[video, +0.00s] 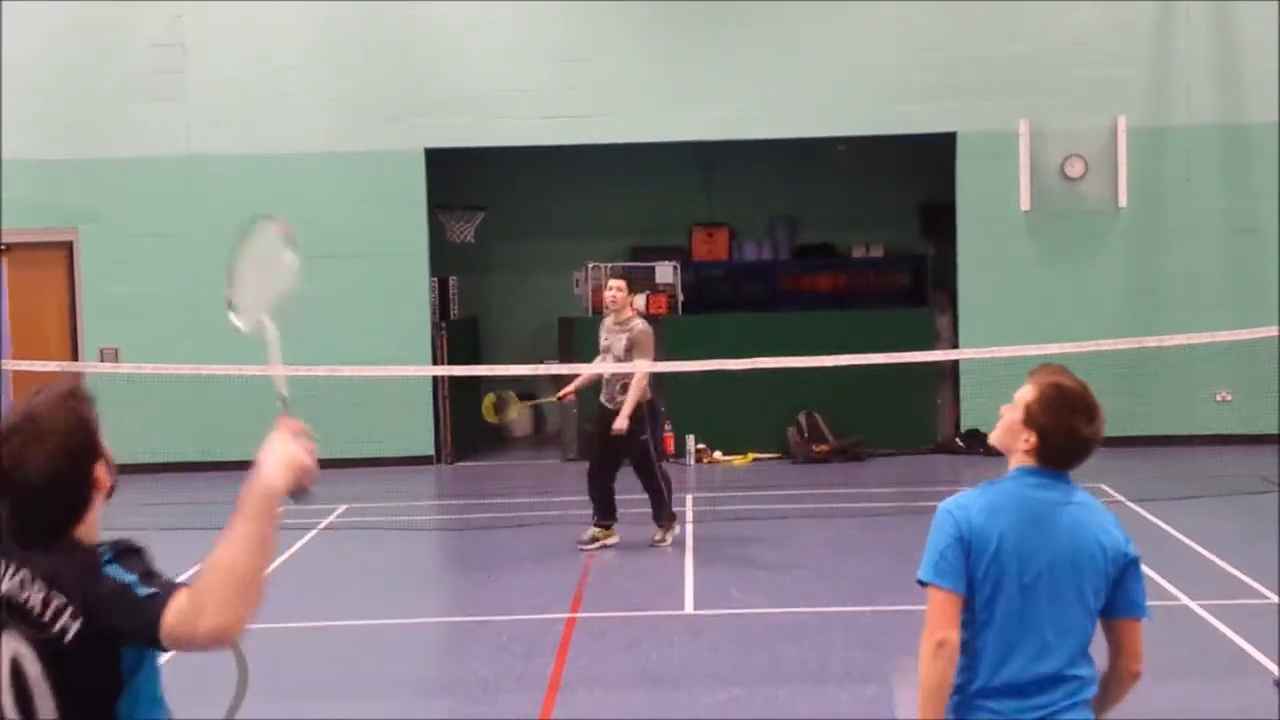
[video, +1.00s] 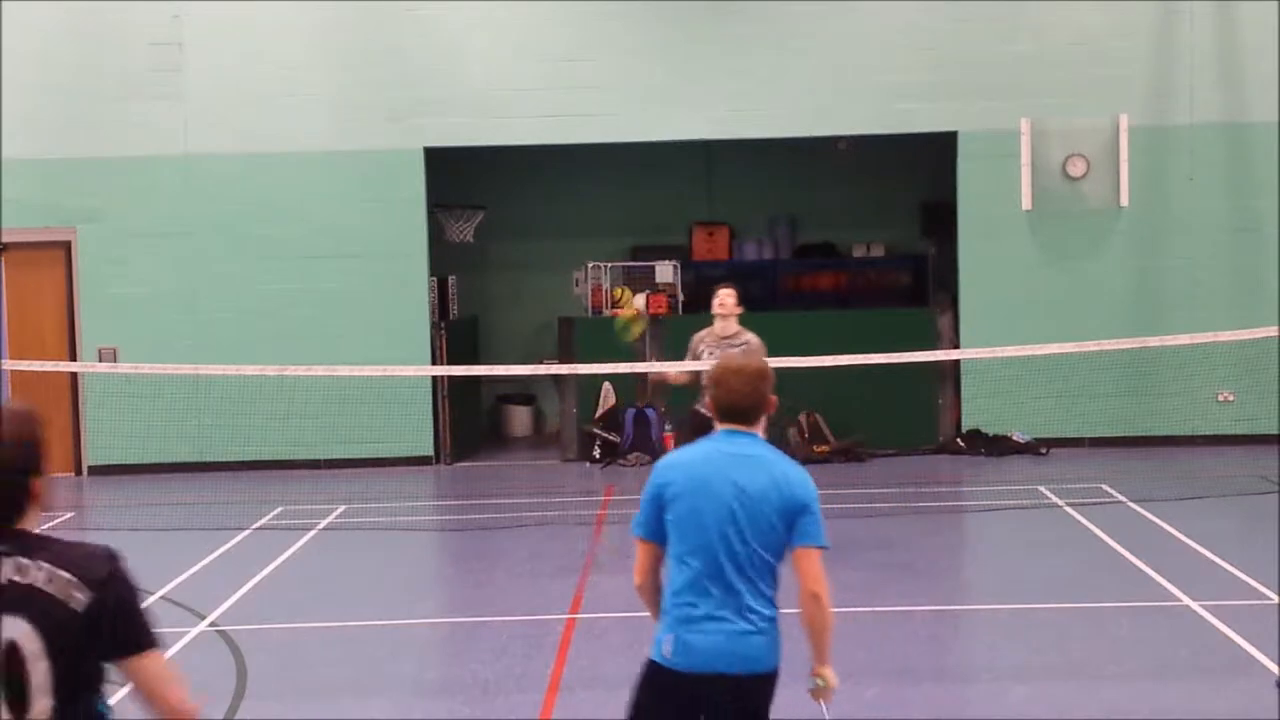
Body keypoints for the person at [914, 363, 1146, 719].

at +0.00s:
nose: (1002, 408)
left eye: (1013, 405)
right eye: (1011, 401)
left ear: (1028, 439)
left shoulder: (962, 514)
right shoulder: (1105, 528)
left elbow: (942, 642)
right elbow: (1129, 666)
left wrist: (930, 713)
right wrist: (1088, 710)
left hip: (983, 709)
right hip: (1070, 708)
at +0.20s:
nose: (930, 440)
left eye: (940, 432)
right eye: (937, 431)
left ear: (959, 457)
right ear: (1001, 461)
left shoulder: (904, 539)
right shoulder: (1042, 538)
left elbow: (876, 666)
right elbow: (1084, 666)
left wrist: (865, 712)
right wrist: (1061, 712)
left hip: (937, 710)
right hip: (1027, 710)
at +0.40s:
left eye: (845, 421)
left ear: (849, 429)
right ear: (914, 429)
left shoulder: (816, 510)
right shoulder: (951, 499)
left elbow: (780, 633)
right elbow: (1001, 615)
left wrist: (762, 710)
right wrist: (984, 686)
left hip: (860, 702)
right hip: (946, 702)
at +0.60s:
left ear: (796, 407)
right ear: (861, 405)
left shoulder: (764, 478)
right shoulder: (894, 478)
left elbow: (722, 596)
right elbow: (933, 590)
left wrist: (723, 651)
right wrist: (928, 650)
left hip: (797, 686)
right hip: (873, 685)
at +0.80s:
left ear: (753, 422)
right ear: (818, 421)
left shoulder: (717, 489)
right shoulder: (840, 498)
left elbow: (678, 595)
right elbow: (873, 608)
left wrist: (700, 637)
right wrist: (880, 687)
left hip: (729, 688)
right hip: (796, 690)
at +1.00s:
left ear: (709, 404)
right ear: (771, 405)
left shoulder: (671, 468)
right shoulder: (791, 478)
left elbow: (644, 578)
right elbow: (813, 591)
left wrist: (671, 624)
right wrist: (821, 664)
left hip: (678, 664)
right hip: (752, 668)